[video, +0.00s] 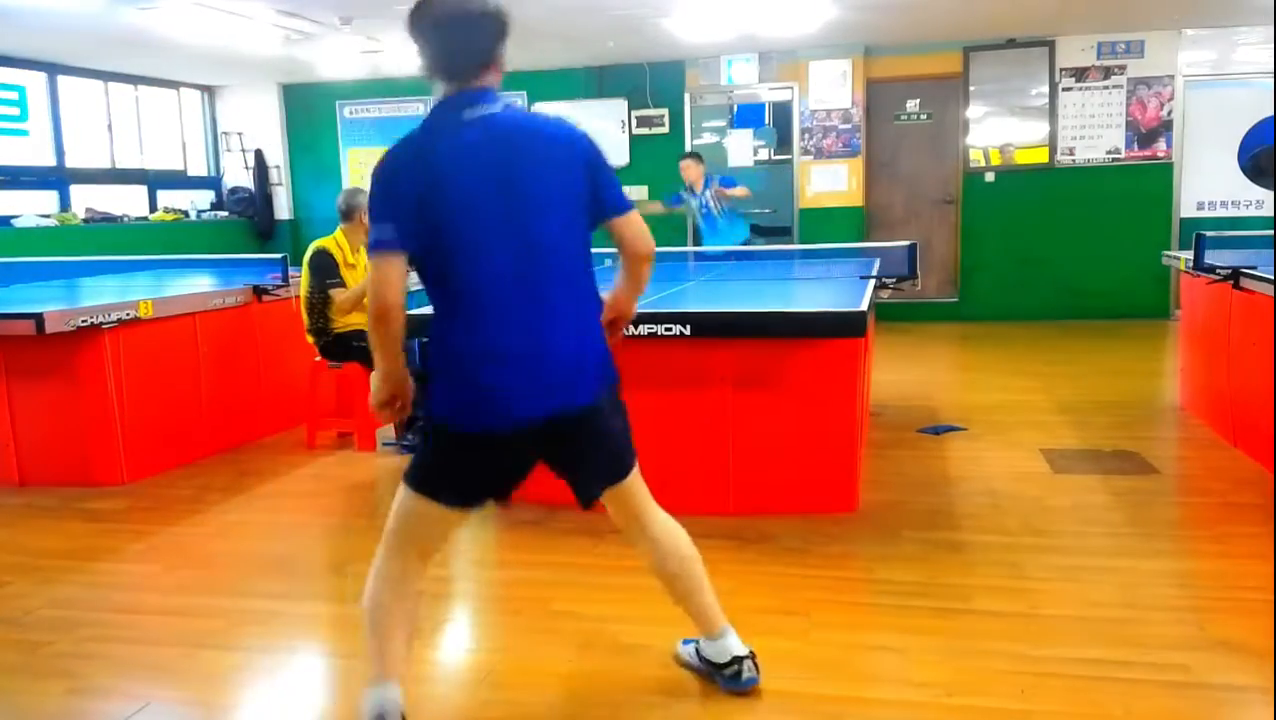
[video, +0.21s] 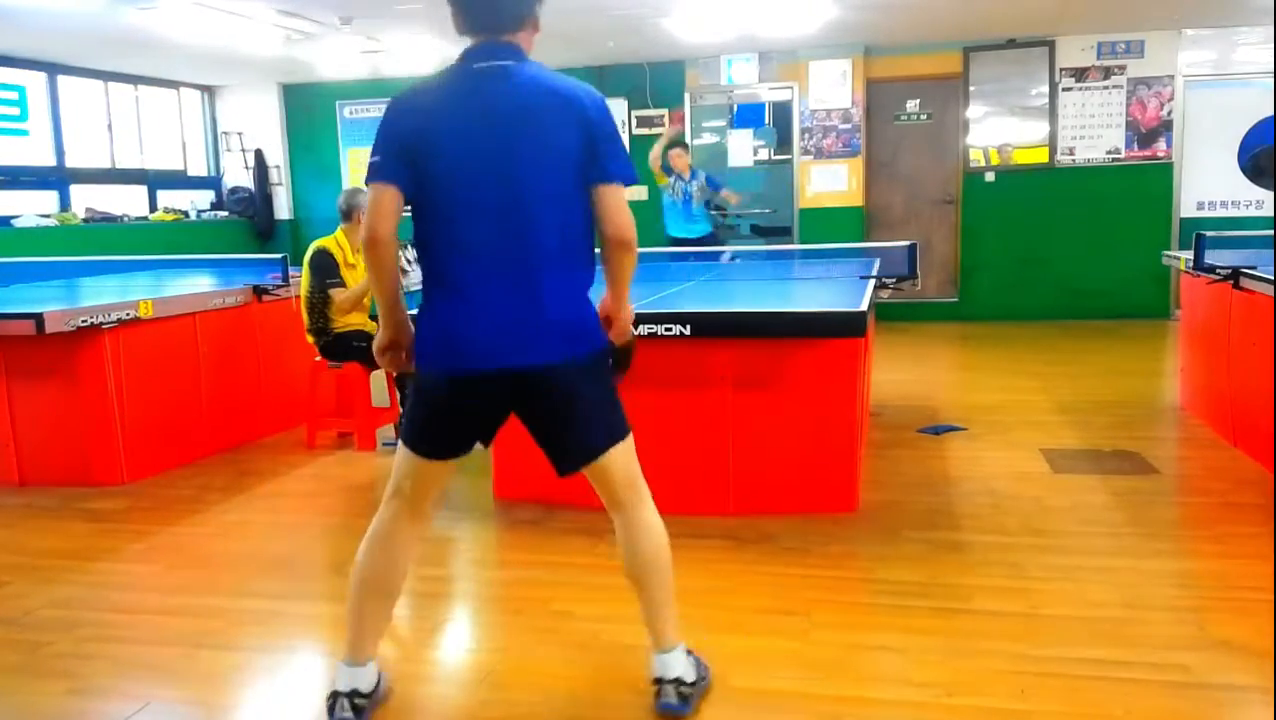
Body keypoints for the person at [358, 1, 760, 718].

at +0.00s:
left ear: (424, 62)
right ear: (498, 56)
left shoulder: (405, 164)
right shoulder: (563, 139)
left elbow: (385, 297)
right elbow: (638, 244)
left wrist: (390, 372)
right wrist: (625, 298)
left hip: (479, 397)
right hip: (580, 382)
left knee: (403, 552)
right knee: (644, 514)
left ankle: (385, 696)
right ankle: (727, 646)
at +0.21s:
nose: (537, 29)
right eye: (537, 21)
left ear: (460, 24)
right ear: (531, 24)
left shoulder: (412, 107)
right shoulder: (580, 102)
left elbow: (377, 232)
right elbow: (618, 229)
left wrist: (392, 321)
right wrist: (617, 298)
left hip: (456, 353)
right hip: (561, 349)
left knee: (403, 505)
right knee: (630, 500)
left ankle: (354, 676)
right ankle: (671, 662)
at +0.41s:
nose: (549, 45)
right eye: (548, 36)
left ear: (469, 43)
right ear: (541, 42)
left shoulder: (431, 123)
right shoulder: (586, 102)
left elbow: (385, 242)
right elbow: (660, 196)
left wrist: (406, 303)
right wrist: (629, 259)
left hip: (471, 362)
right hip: (574, 356)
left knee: (409, 509)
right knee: (640, 503)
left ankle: (345, 661)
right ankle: (669, 664)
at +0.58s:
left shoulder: (426, 17)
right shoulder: (576, 8)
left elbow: (376, 113)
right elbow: (663, 66)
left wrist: (404, 195)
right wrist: (651, 150)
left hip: (482, 278)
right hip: (580, 268)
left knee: (422, 449)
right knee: (630, 462)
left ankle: (362, 611)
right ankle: (675, 627)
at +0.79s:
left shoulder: (410, 10)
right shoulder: (580, 6)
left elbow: (378, 108)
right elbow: (647, 95)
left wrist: (385, 217)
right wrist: (694, 203)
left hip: (482, 278)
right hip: (584, 266)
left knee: (430, 466)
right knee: (651, 458)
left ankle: (370, 634)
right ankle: (705, 618)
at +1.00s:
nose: (509, 44)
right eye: (508, 33)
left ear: (426, 42)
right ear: (500, 39)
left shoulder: (386, 127)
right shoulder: (550, 119)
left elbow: (341, 244)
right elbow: (623, 238)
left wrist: (382, 317)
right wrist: (674, 337)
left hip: (443, 391)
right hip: (552, 383)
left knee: (403, 551)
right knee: (632, 523)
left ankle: (372, 710)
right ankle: (712, 673)